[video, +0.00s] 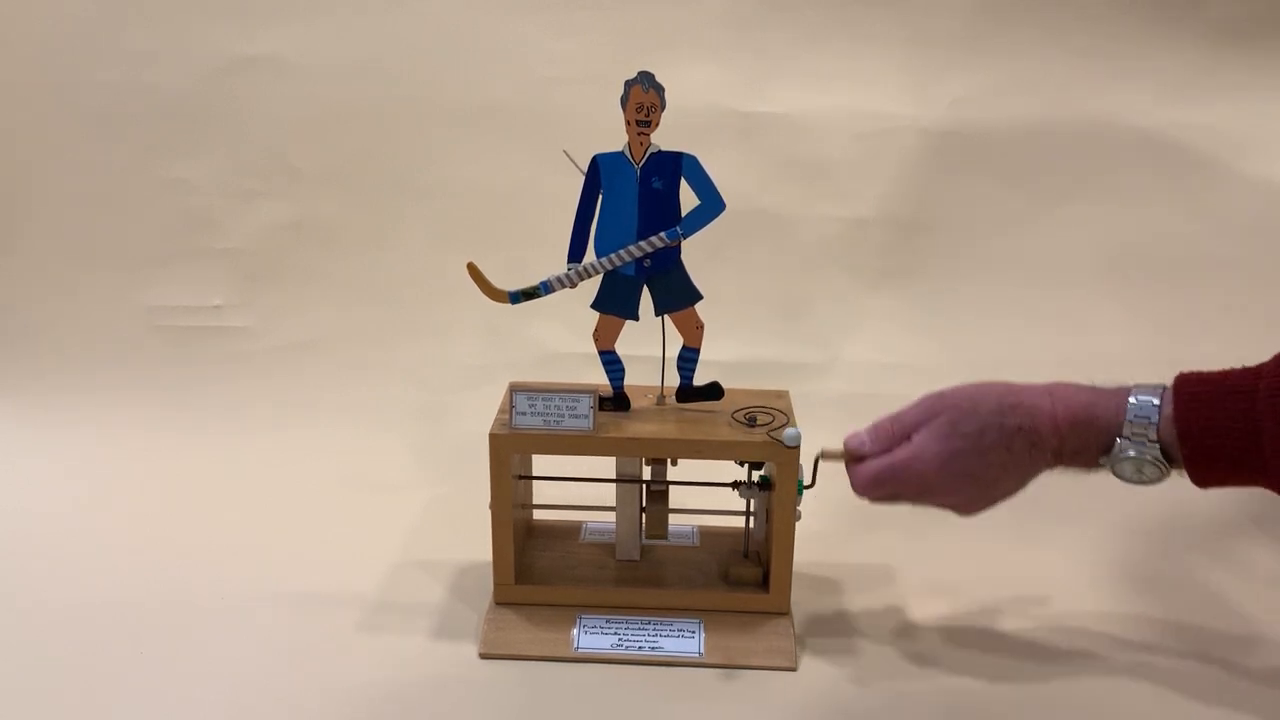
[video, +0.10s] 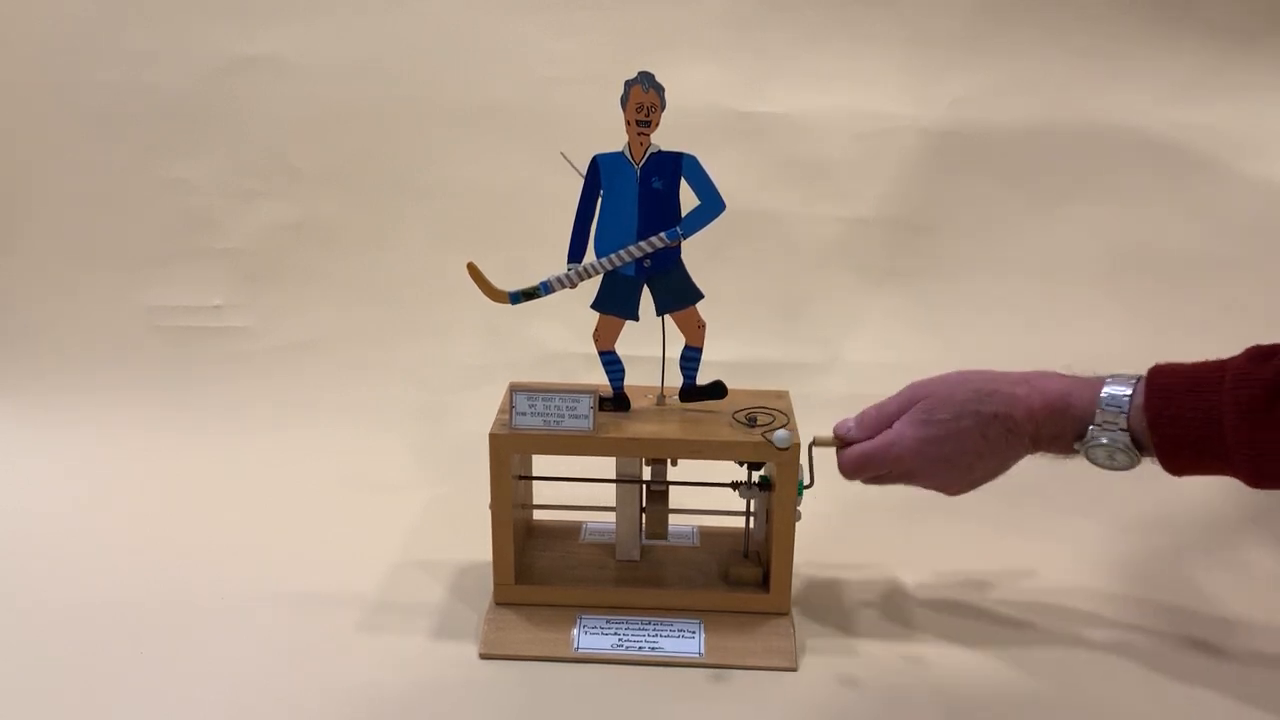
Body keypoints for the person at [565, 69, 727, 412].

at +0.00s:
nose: (645, 113)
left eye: (652, 108)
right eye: (638, 106)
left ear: (661, 115)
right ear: (624, 112)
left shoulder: (678, 163)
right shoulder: (602, 165)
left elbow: (715, 204)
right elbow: (583, 218)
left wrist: (677, 234)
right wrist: (574, 266)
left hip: (664, 265)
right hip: (620, 267)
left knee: (694, 331)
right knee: (603, 337)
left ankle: (685, 390)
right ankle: (618, 395)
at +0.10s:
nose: (645, 113)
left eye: (652, 107)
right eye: (638, 106)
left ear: (661, 115)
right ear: (624, 111)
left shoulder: (678, 163)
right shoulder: (602, 165)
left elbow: (715, 204)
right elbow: (583, 218)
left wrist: (677, 234)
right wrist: (574, 266)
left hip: (664, 265)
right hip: (620, 267)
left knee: (696, 330)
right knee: (603, 338)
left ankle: (688, 389)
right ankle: (618, 395)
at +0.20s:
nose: (646, 114)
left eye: (653, 107)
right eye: (639, 106)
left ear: (661, 114)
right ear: (624, 112)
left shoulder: (678, 163)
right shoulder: (602, 165)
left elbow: (715, 204)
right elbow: (583, 218)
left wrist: (676, 234)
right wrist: (574, 266)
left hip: (665, 264)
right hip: (620, 266)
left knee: (698, 327)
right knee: (603, 338)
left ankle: (694, 386)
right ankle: (619, 396)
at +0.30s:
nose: (645, 115)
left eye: (652, 108)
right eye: (638, 107)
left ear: (661, 115)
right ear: (623, 112)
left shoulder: (678, 163)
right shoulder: (602, 165)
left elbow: (714, 205)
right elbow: (583, 219)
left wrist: (676, 234)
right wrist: (573, 266)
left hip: (665, 265)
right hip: (620, 267)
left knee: (699, 327)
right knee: (603, 338)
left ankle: (695, 386)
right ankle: (619, 395)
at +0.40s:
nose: (644, 116)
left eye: (651, 109)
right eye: (637, 108)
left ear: (660, 115)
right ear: (623, 112)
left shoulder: (678, 164)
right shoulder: (602, 165)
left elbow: (714, 205)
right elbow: (583, 219)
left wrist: (674, 235)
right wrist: (573, 267)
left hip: (664, 265)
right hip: (620, 267)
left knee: (700, 327)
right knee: (603, 339)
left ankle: (698, 386)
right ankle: (619, 396)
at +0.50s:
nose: (644, 116)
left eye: (651, 109)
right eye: (637, 108)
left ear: (660, 115)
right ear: (622, 112)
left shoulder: (678, 163)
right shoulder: (601, 165)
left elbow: (714, 205)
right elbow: (582, 220)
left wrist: (675, 235)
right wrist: (573, 267)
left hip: (665, 265)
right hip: (620, 267)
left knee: (701, 326)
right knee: (603, 339)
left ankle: (700, 385)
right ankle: (619, 396)